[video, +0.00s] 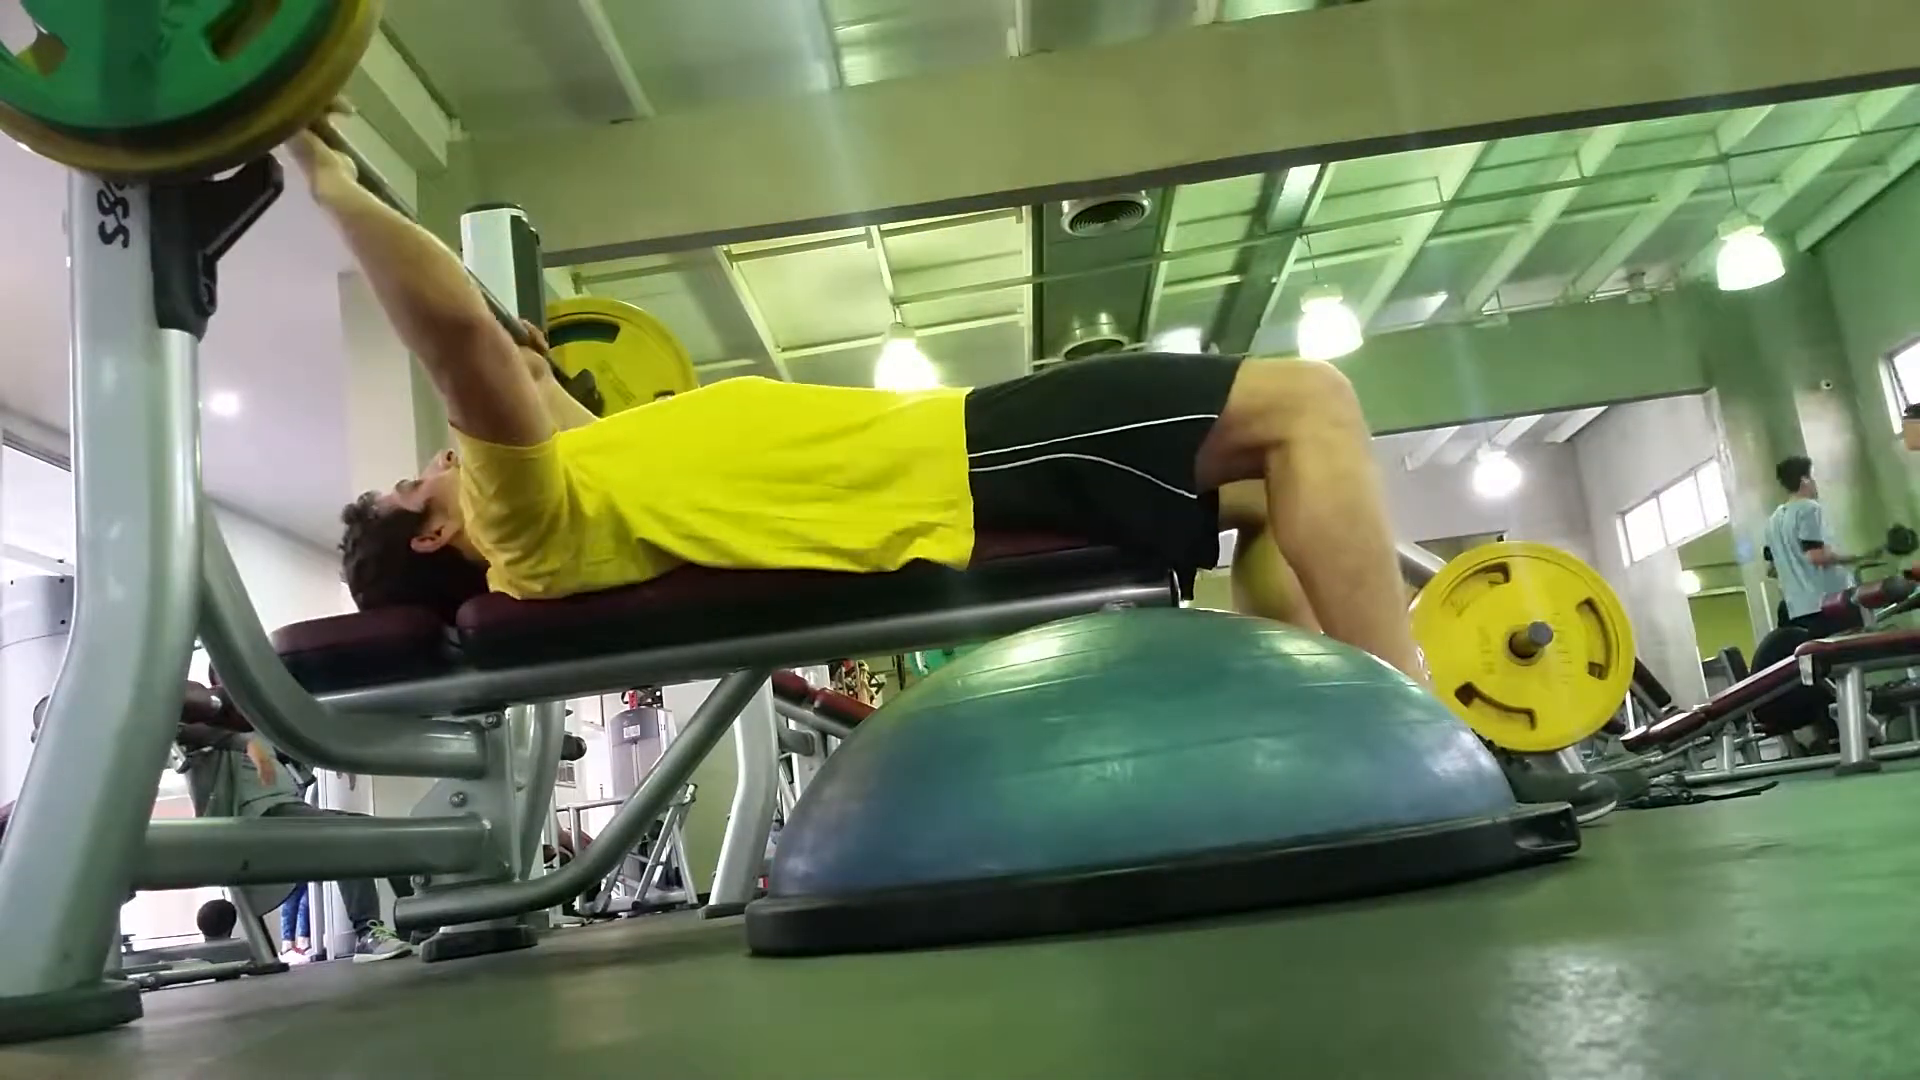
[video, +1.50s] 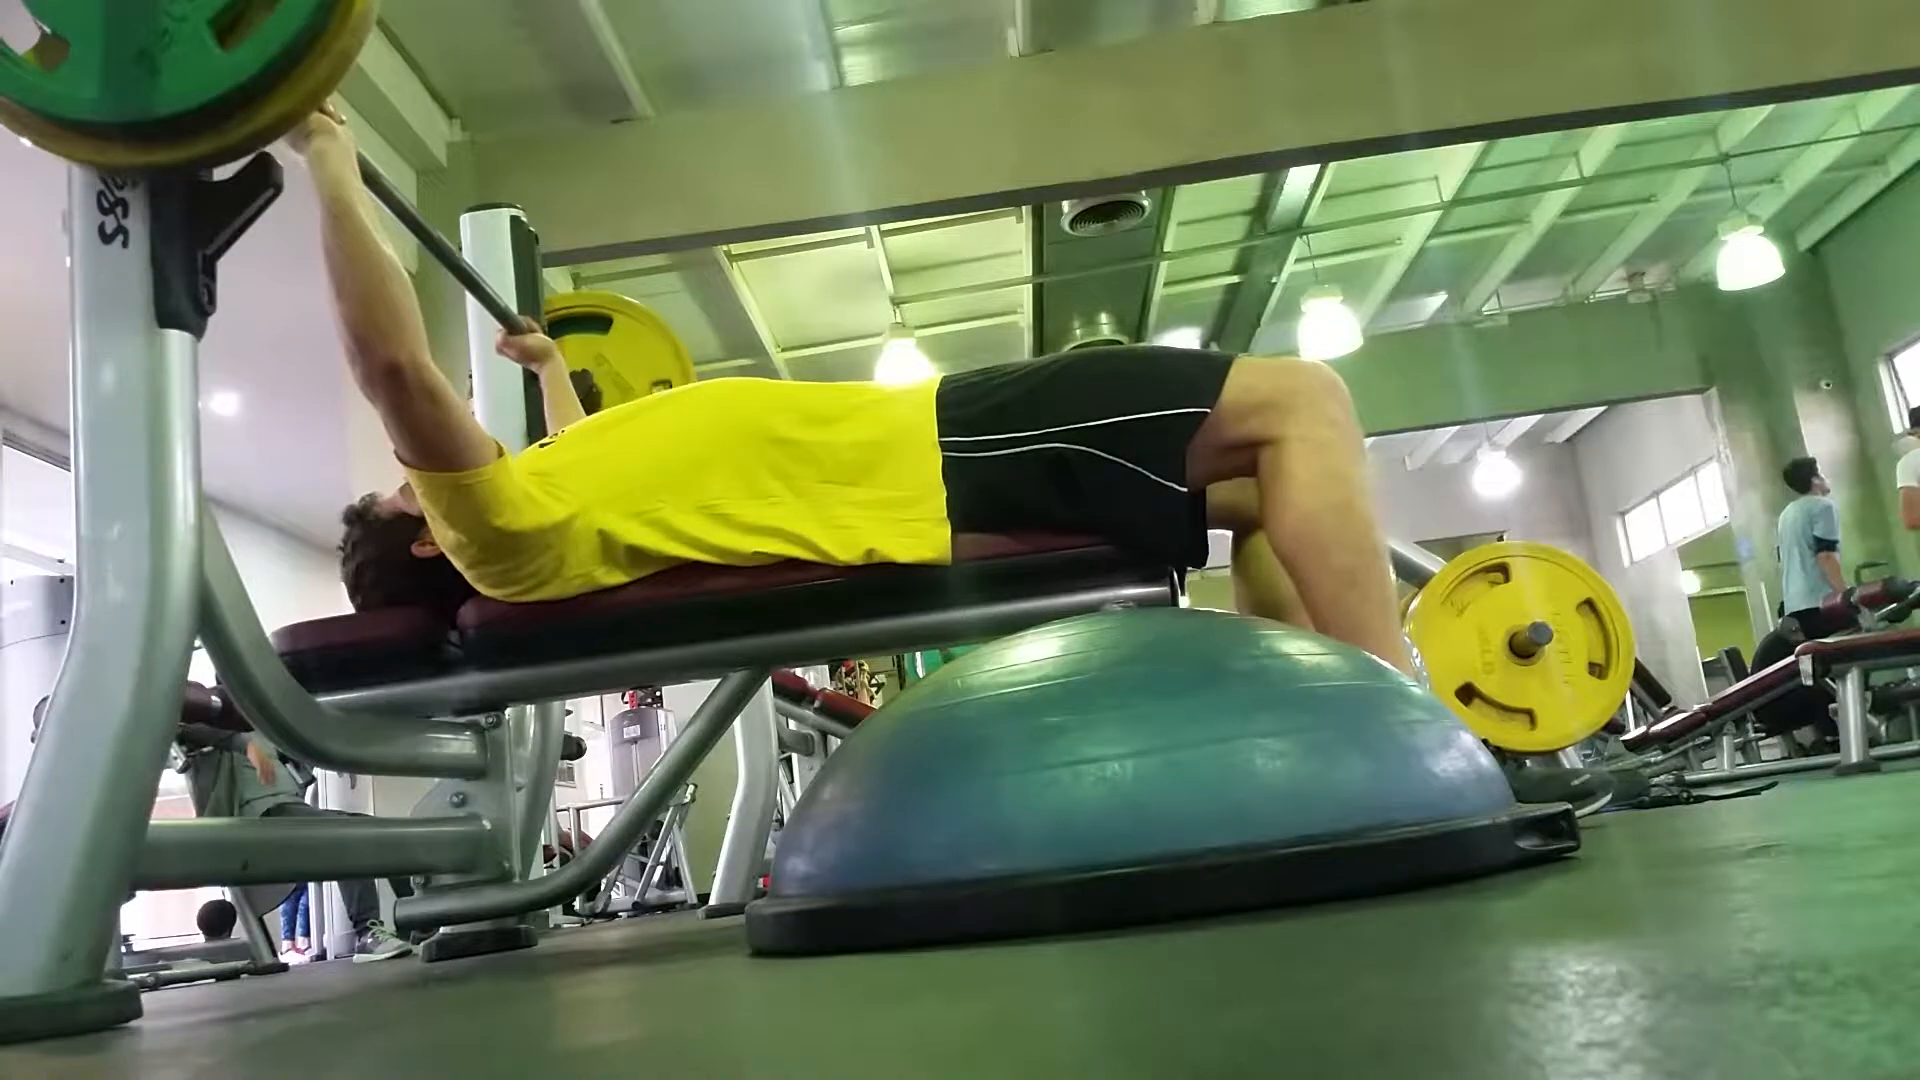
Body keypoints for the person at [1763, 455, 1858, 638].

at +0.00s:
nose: (1815, 482)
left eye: (1813, 476)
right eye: (1812, 477)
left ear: (1787, 484)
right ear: (1803, 481)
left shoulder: (1774, 520)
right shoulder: (1809, 508)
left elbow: (1772, 567)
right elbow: (1815, 554)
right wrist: (1856, 558)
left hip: (1799, 612)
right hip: (1831, 606)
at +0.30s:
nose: (1831, 479)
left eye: (1827, 474)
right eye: (1826, 475)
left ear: (1804, 487)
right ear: (1820, 482)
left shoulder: (1794, 515)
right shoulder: (1827, 507)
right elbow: (1832, 554)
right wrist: (1852, 592)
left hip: (1792, 608)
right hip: (1822, 606)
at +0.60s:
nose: (1835, 473)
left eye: (1830, 469)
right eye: (1829, 470)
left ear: (1806, 483)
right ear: (1822, 478)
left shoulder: (1793, 509)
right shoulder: (1833, 504)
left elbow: (1785, 549)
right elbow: (1838, 550)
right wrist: (1851, 592)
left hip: (1799, 602)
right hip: (1829, 599)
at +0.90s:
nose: (1824, 476)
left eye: (1820, 472)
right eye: (1819, 473)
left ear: (1796, 486)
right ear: (1813, 479)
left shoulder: (1782, 517)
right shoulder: (1825, 508)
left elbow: (1777, 566)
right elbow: (1825, 558)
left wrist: (1792, 593)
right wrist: (1847, 594)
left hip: (1795, 607)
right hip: (1825, 603)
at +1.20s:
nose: (1816, 480)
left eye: (1812, 475)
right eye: (1811, 476)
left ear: (1788, 487)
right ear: (1804, 482)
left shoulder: (1779, 517)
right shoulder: (1812, 508)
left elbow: (1776, 558)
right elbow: (1819, 558)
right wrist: (1842, 592)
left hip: (1792, 606)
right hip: (1819, 602)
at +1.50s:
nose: (1825, 477)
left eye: (1820, 472)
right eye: (1819, 473)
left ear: (1798, 485)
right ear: (1814, 479)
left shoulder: (1785, 514)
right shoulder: (1823, 506)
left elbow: (1782, 558)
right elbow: (1826, 555)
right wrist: (1846, 595)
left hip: (1794, 607)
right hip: (1822, 604)